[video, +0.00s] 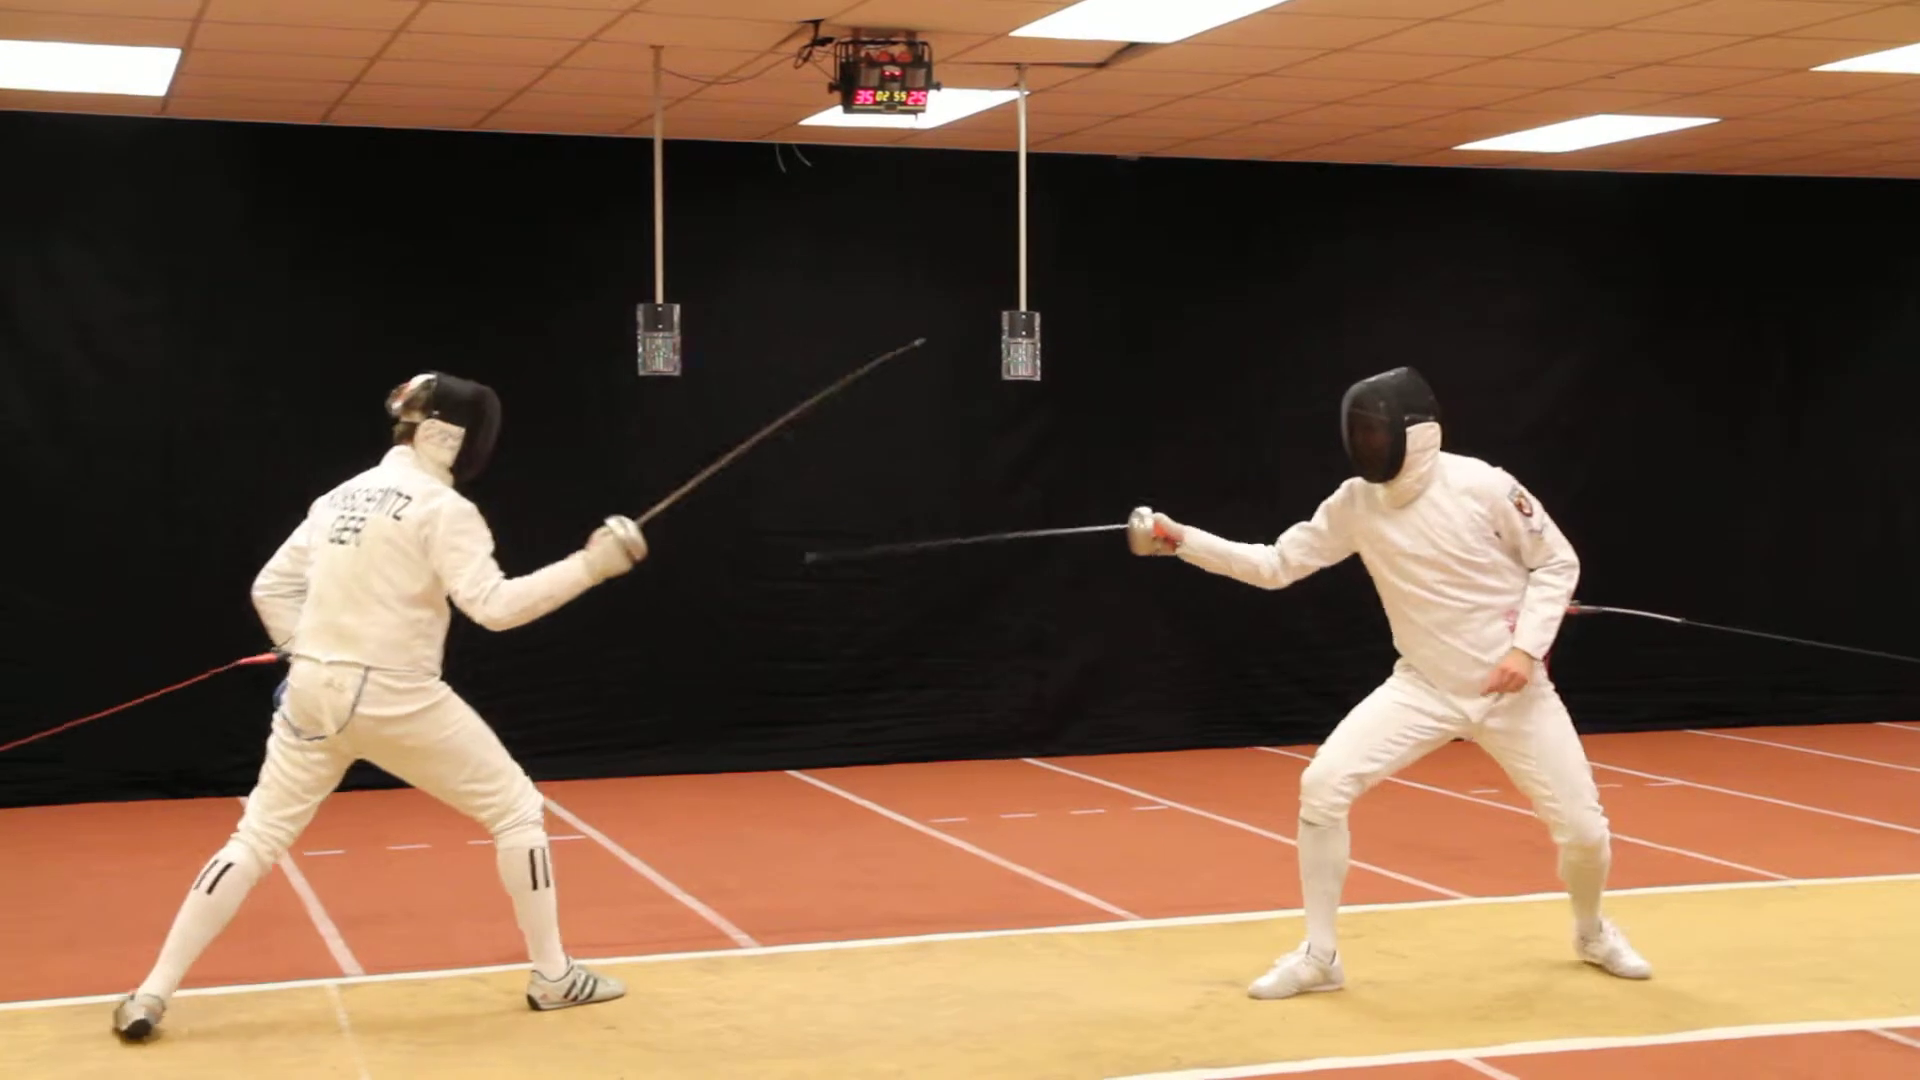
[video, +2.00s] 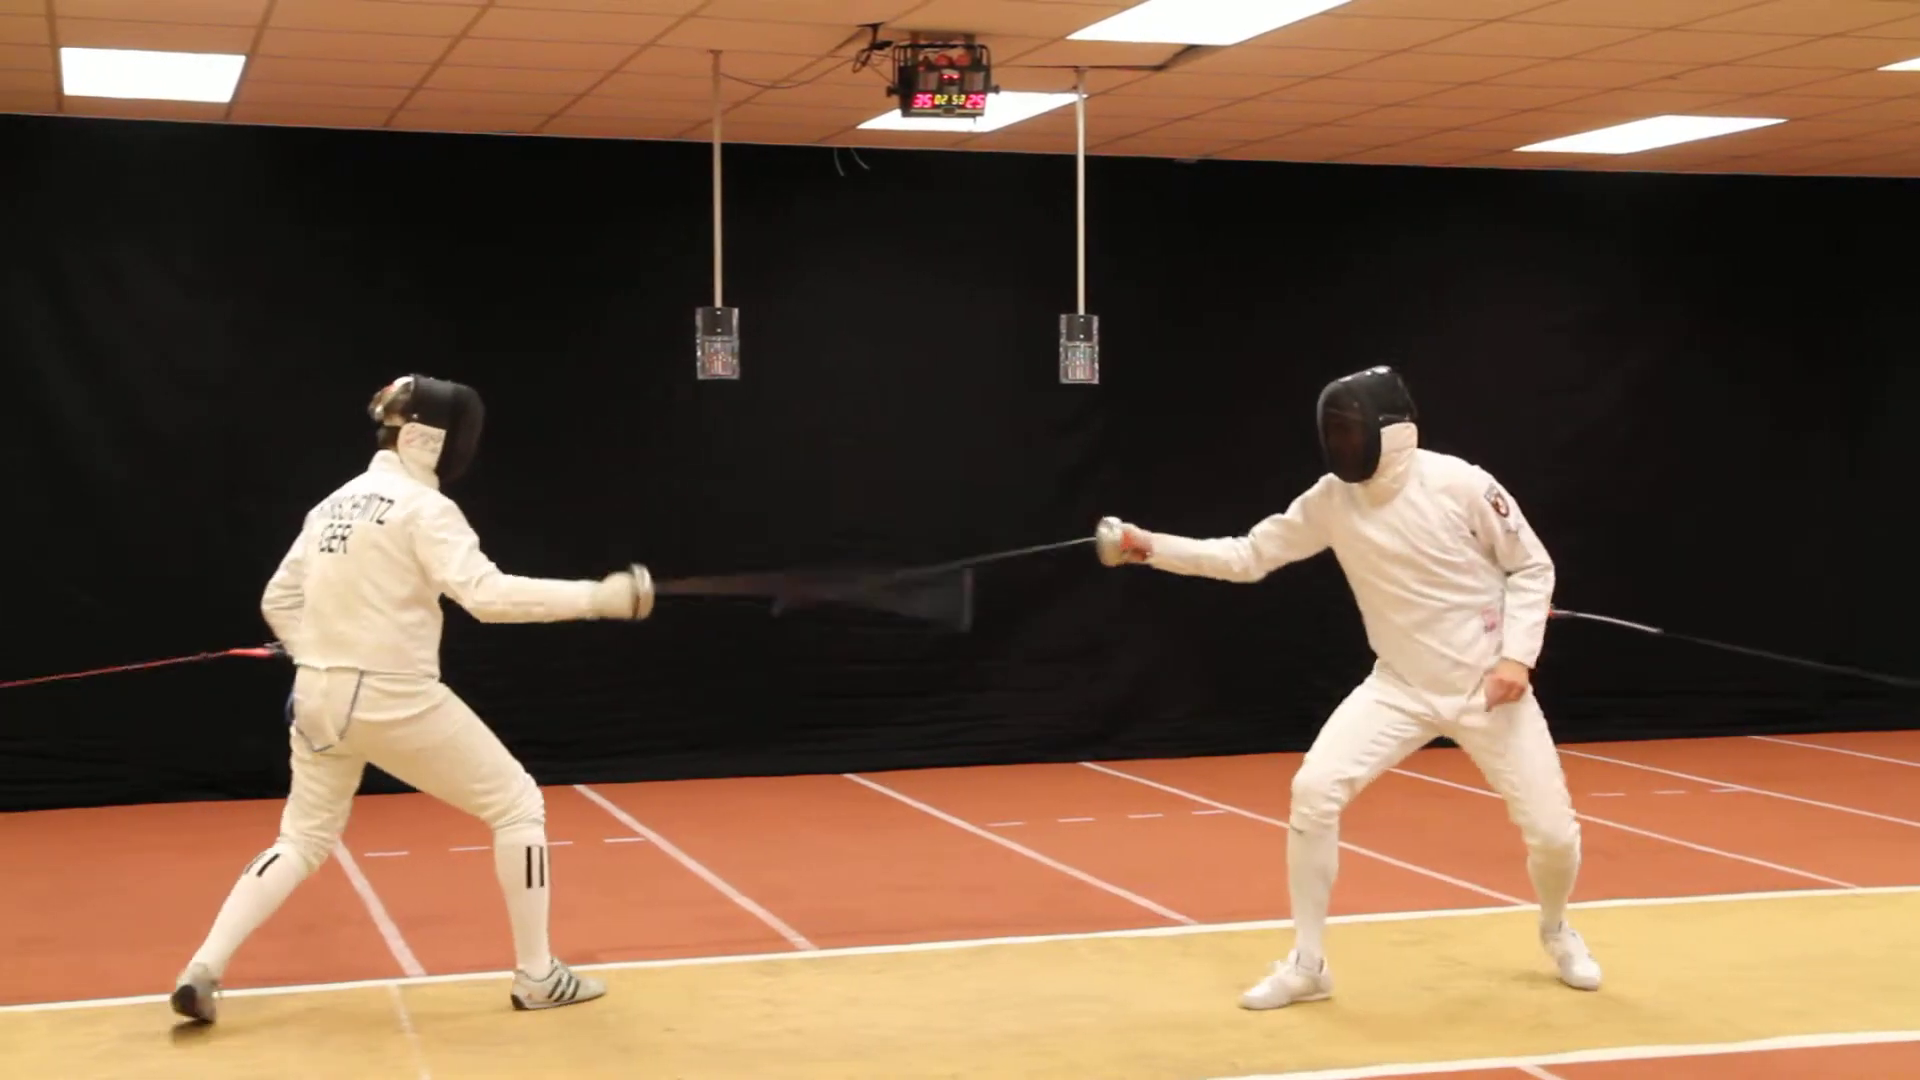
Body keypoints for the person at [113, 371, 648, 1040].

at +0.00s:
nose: (473, 448)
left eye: (472, 435)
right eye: (468, 433)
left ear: (408, 430)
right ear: (440, 434)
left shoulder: (339, 500)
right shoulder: (444, 509)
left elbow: (272, 590)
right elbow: (496, 606)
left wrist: (317, 667)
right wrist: (593, 561)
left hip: (309, 694)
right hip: (399, 697)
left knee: (254, 840)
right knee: (515, 810)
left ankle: (150, 996)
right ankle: (553, 975)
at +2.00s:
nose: (458, 452)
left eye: (457, 439)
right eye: (454, 440)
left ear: (389, 433)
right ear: (432, 439)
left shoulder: (332, 506)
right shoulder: (425, 508)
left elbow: (280, 599)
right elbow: (486, 595)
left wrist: (324, 667)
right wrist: (600, 596)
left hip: (317, 698)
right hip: (397, 697)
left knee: (302, 842)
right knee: (516, 805)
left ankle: (203, 970)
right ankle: (537, 973)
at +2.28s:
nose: (455, 463)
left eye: (454, 450)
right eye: (449, 450)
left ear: (396, 448)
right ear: (421, 451)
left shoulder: (339, 515)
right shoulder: (420, 528)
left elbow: (286, 604)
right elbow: (489, 613)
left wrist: (322, 670)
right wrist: (600, 591)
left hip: (308, 710)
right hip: (388, 709)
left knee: (279, 854)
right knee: (527, 789)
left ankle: (176, 995)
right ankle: (557, 961)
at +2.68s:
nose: (573, 466)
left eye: (569, 450)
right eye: (569, 452)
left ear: (521, 443)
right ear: (553, 450)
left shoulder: (454, 505)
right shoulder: (547, 518)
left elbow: (388, 591)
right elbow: (641, 591)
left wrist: (424, 666)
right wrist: (754, 580)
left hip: (406, 687)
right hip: (485, 697)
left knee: (357, 834)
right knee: (601, 799)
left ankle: (245, 968)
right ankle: (619, 966)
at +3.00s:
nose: (557, 449)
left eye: (551, 435)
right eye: (554, 436)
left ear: (504, 435)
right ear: (536, 442)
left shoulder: (439, 502)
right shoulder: (531, 511)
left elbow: (376, 591)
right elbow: (577, 601)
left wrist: (414, 662)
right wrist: (691, 605)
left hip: (408, 691)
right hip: (491, 697)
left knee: (361, 835)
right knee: (605, 801)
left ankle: (250, 977)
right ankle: (619, 967)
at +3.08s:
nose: (544, 460)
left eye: (540, 446)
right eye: (538, 447)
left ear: (477, 445)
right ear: (514, 452)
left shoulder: (416, 517)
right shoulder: (509, 523)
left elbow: (357, 604)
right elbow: (559, 613)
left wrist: (400, 673)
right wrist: (674, 613)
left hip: (390, 706)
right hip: (475, 710)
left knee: (345, 846)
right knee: (597, 798)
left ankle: (239, 987)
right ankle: (618, 967)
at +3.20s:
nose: (529, 469)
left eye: (525, 456)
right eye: (523, 457)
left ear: (459, 457)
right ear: (500, 464)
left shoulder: (400, 525)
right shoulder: (493, 537)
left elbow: (342, 612)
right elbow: (560, 623)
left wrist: (380, 681)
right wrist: (673, 609)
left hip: (374, 714)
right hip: (455, 715)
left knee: (342, 855)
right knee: (588, 791)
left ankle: (240, 990)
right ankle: (628, 958)